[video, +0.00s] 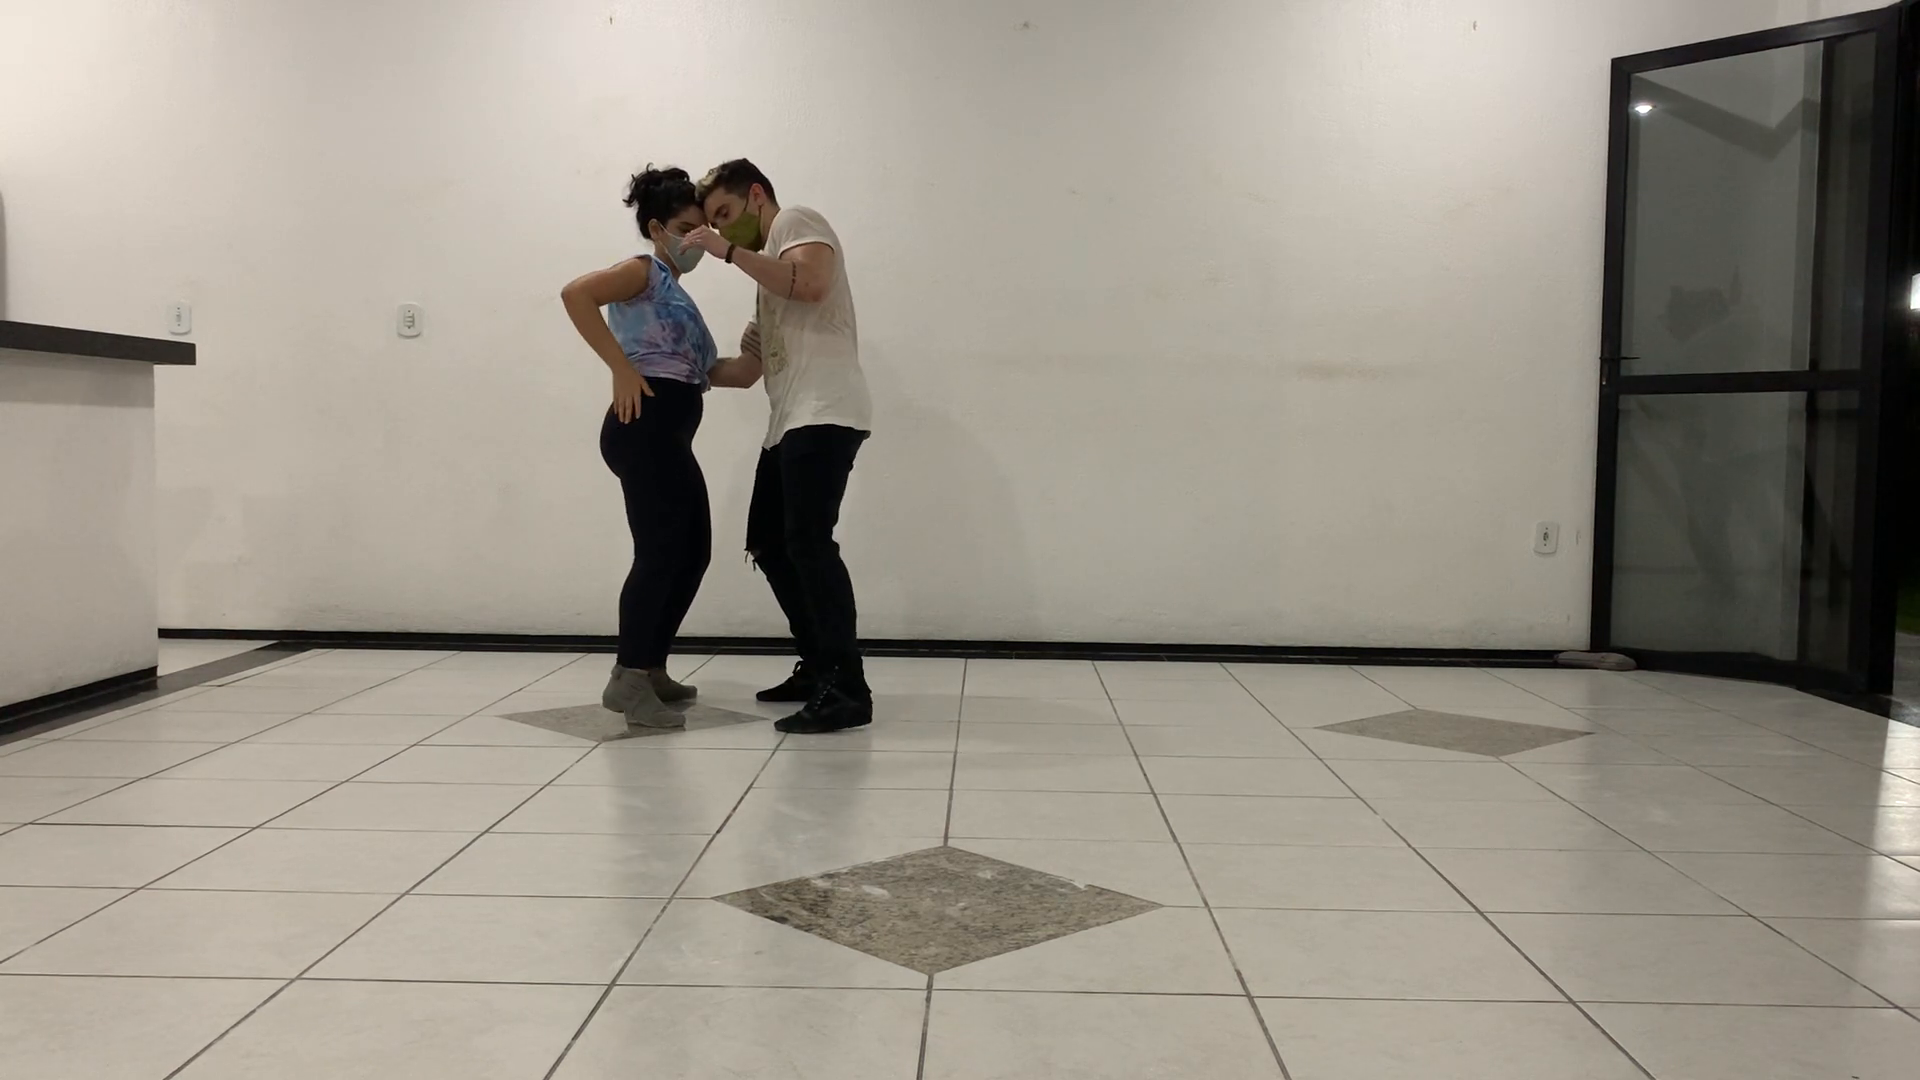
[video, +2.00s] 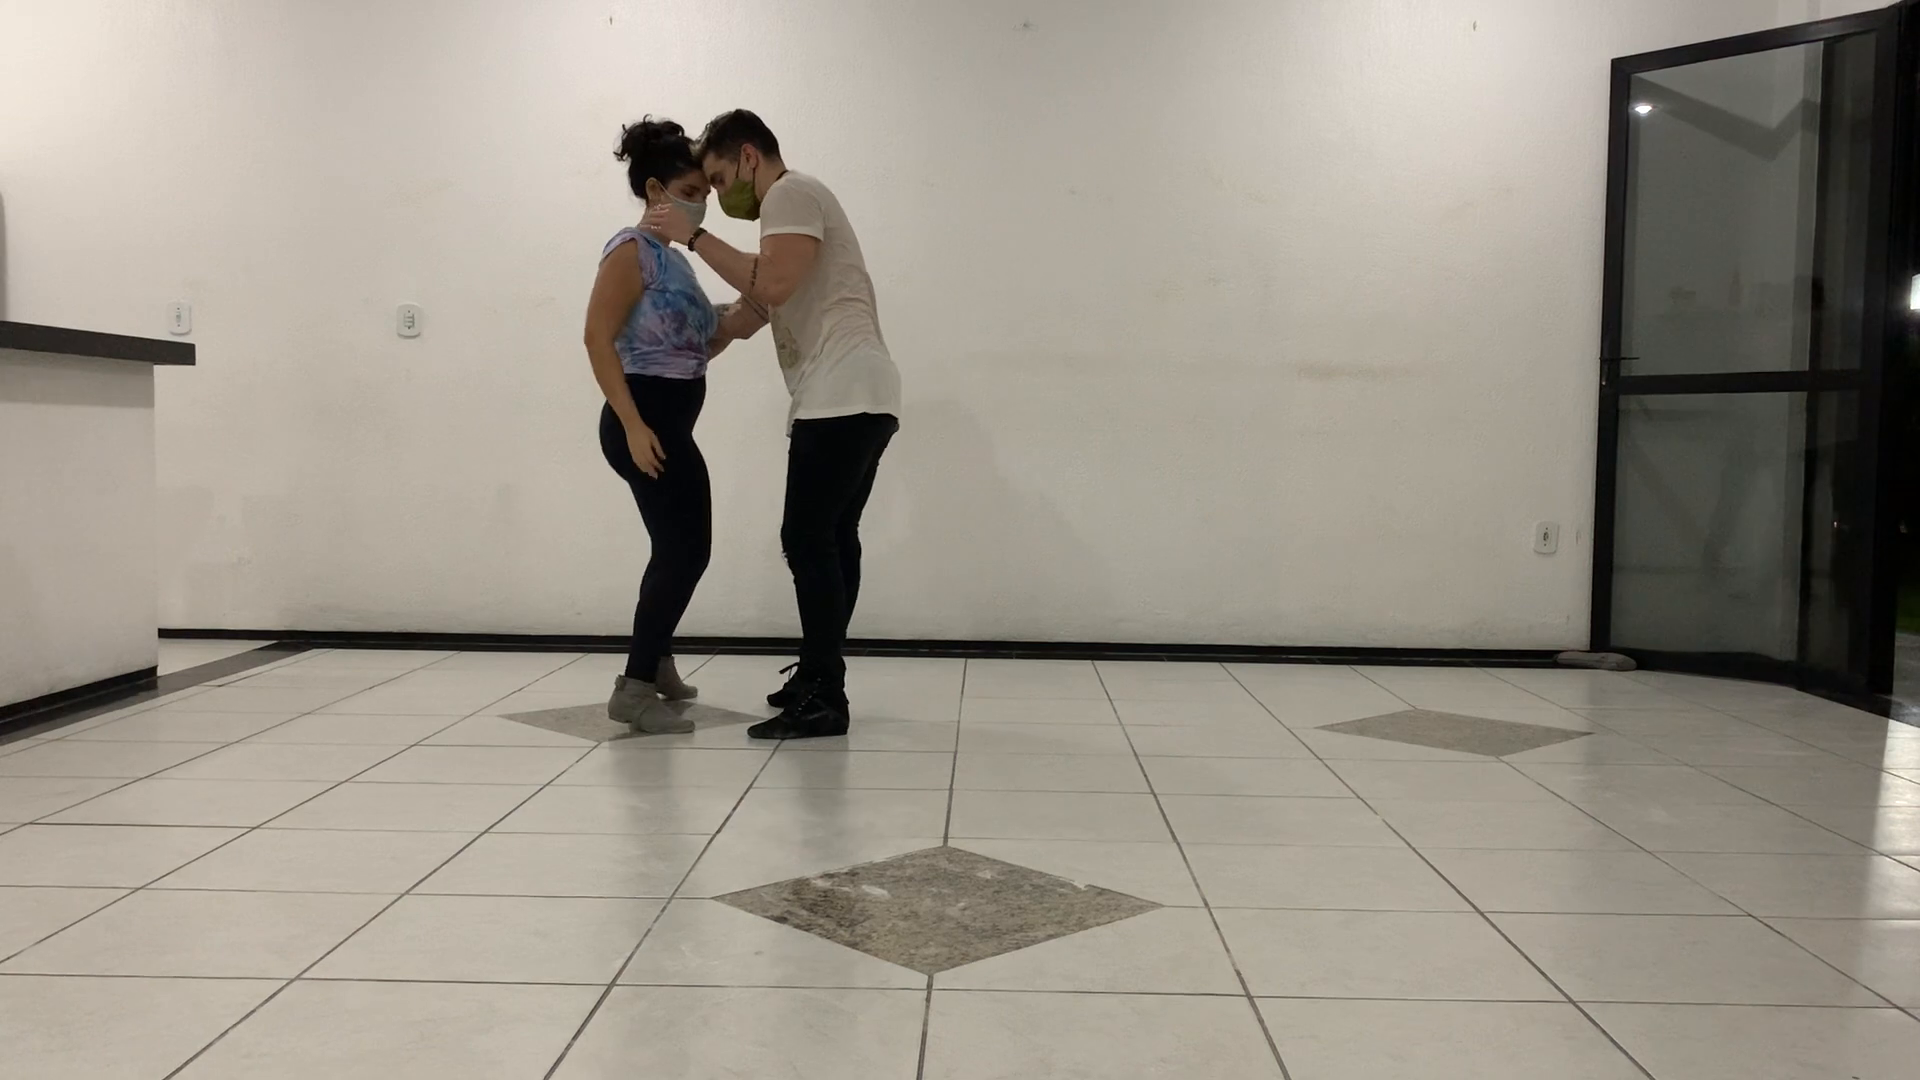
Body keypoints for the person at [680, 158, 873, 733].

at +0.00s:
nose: (722, 232)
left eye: (725, 215)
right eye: (714, 223)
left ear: (758, 196)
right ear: (735, 218)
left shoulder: (799, 221)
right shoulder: (768, 282)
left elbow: (808, 284)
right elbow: (743, 371)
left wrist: (729, 251)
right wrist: (674, 361)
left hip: (826, 412)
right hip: (789, 422)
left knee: (806, 540)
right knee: (768, 543)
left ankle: (847, 690)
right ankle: (818, 667)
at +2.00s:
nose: (721, 196)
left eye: (719, 181)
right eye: (714, 188)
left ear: (749, 157)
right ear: (756, 160)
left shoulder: (794, 194)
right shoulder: (797, 208)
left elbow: (772, 283)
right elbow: (746, 318)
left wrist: (692, 233)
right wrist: (675, 339)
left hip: (841, 396)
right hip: (853, 396)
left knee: (807, 537)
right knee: (833, 537)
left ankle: (823, 696)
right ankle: (817, 678)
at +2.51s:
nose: (694, 204)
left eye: (694, 188)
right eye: (688, 195)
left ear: (727, 164)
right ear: (726, 172)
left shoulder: (784, 197)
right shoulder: (760, 242)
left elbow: (793, 284)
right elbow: (682, 309)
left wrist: (698, 253)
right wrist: (592, 315)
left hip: (867, 395)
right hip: (878, 394)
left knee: (851, 548)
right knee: (892, 543)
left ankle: (825, 700)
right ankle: (895, 696)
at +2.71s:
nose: (683, 203)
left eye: (684, 185)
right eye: (676, 193)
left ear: (714, 160)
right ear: (714, 169)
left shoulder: (778, 193)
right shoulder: (745, 240)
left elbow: (801, 275)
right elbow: (675, 310)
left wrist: (705, 250)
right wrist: (590, 320)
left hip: (855, 396)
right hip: (853, 397)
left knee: (835, 546)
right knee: (873, 536)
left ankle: (825, 699)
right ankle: (963, 665)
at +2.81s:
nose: (677, 203)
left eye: (677, 186)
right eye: (672, 194)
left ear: (711, 163)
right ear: (709, 172)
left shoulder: (776, 193)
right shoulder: (739, 241)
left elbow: (802, 273)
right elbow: (670, 316)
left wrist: (703, 244)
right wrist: (577, 320)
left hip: (852, 393)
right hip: (824, 400)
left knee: (825, 543)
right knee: (832, 540)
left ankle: (825, 703)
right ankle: (978, 579)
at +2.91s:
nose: (672, 201)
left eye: (673, 184)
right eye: (666, 192)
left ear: (707, 160)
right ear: (701, 171)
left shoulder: (774, 194)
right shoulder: (730, 245)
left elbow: (801, 274)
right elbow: (667, 322)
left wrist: (707, 245)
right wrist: (583, 350)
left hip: (847, 392)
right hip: (804, 402)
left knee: (812, 537)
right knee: (783, 534)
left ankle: (824, 701)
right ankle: (930, 496)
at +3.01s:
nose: (670, 201)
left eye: (671, 185)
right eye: (664, 191)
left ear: (704, 160)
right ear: (702, 168)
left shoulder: (773, 195)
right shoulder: (726, 240)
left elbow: (800, 280)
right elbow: (665, 328)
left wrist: (704, 246)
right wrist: (578, 347)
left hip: (836, 395)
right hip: (788, 401)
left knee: (798, 540)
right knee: (729, 512)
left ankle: (824, 702)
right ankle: (873, 496)